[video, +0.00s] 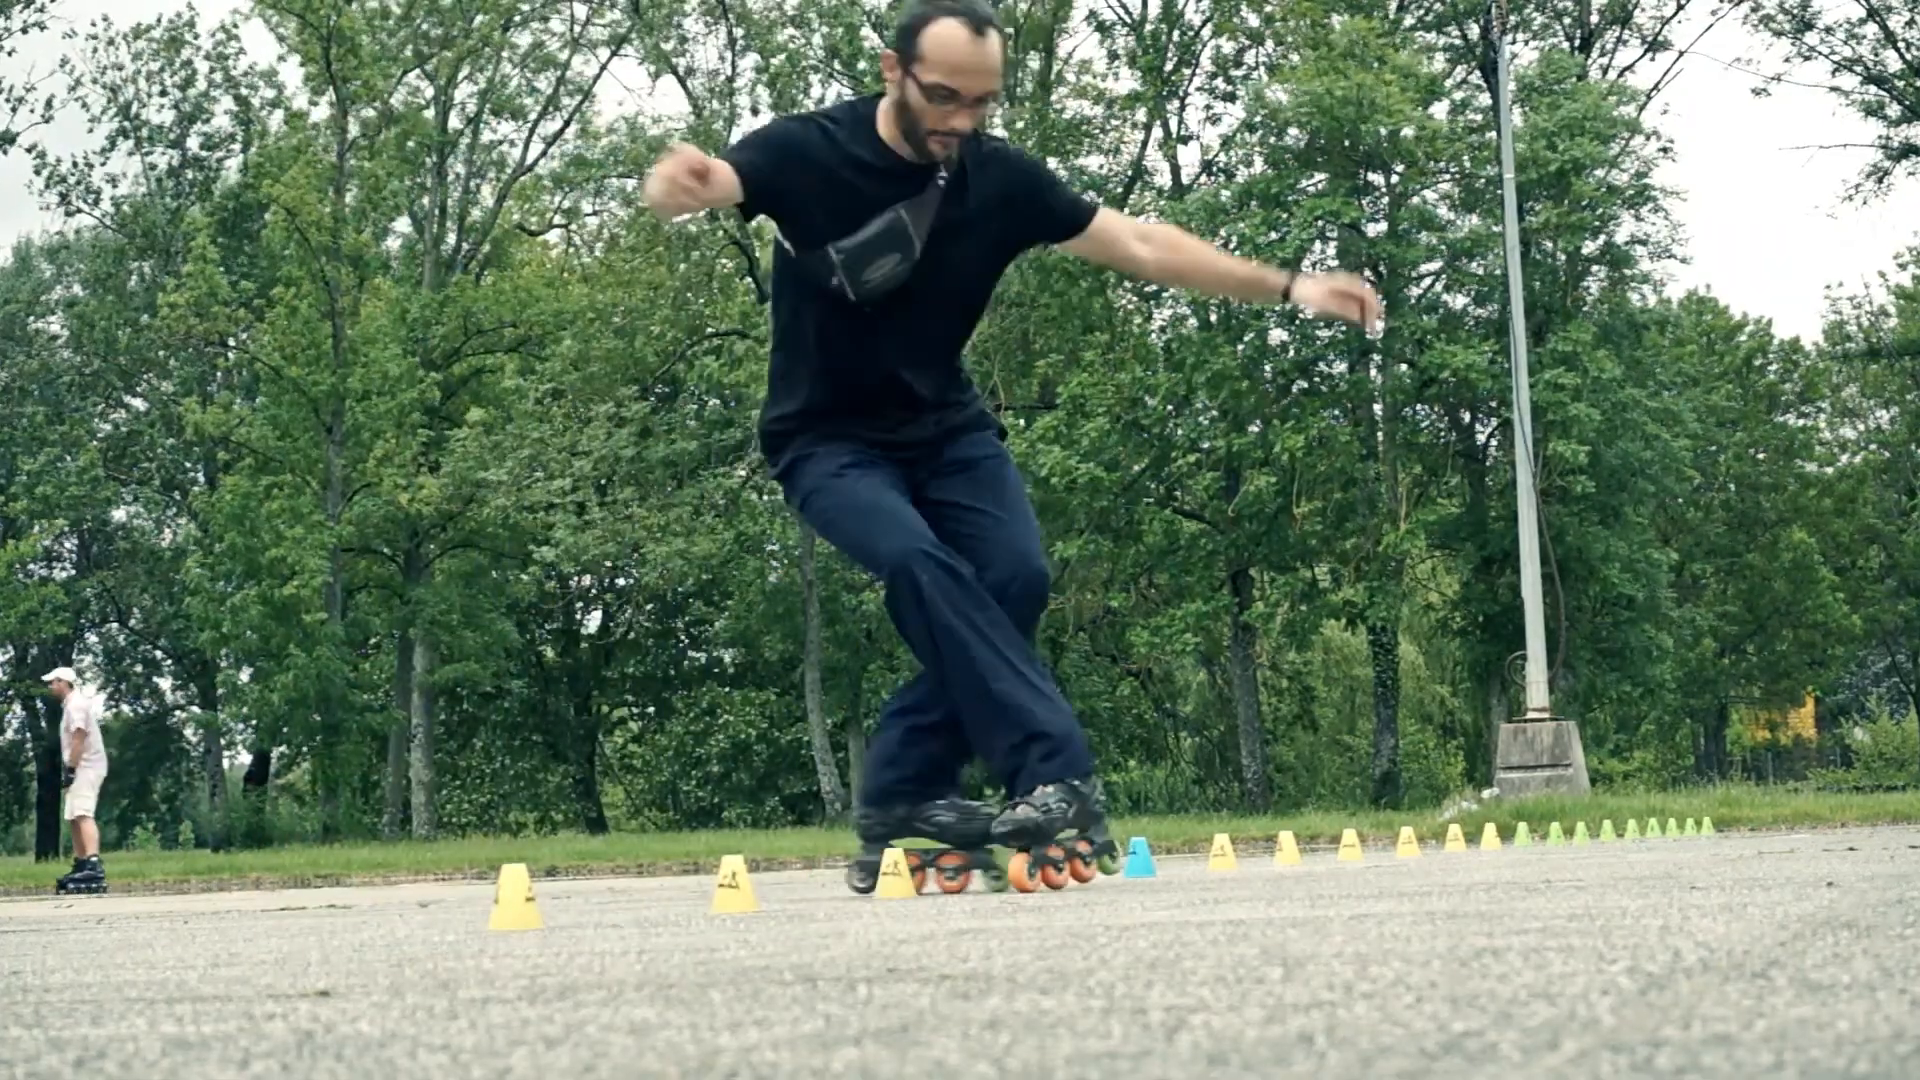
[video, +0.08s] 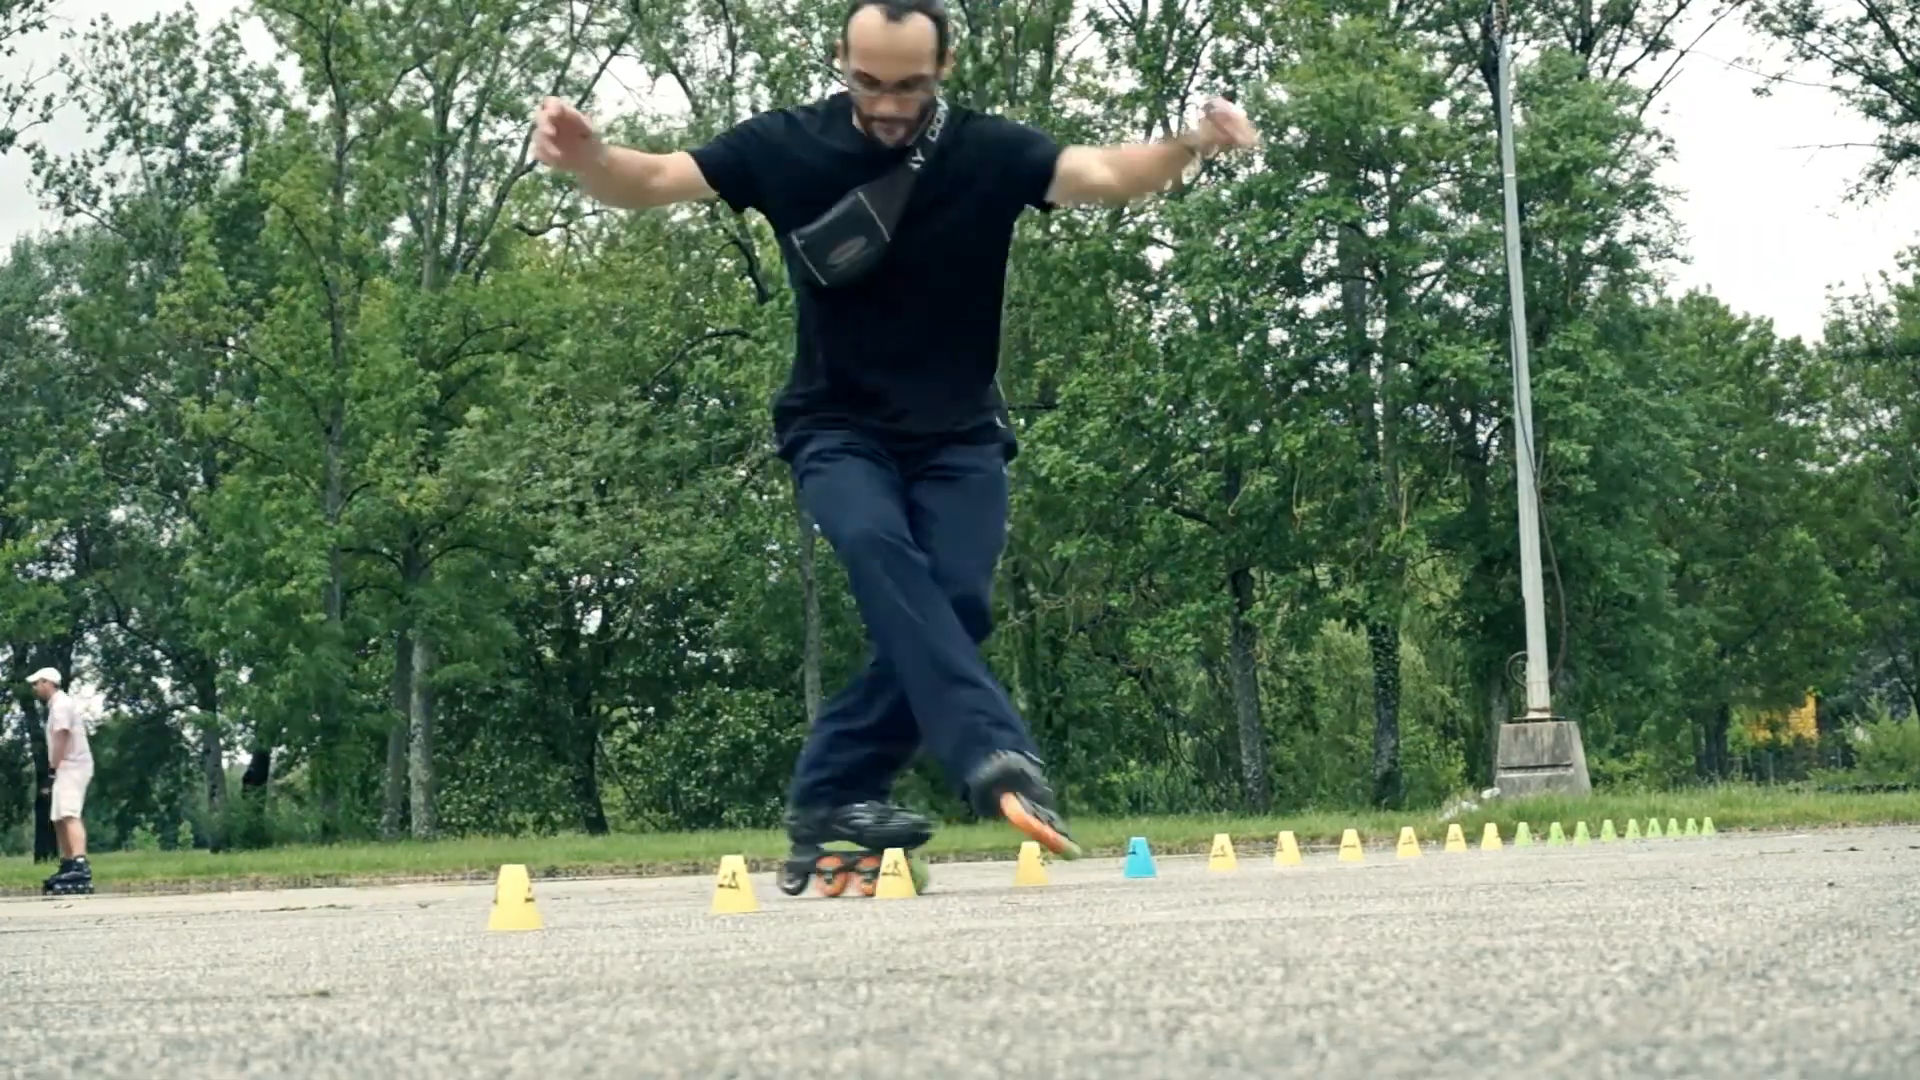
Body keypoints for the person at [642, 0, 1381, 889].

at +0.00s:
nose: (962, 123)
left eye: (983, 104)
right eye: (944, 99)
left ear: (1000, 92)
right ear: (894, 73)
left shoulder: (1004, 181)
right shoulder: (808, 151)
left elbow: (1139, 245)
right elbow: (703, 184)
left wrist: (1291, 287)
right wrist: (675, 184)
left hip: (945, 421)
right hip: (823, 431)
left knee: (1016, 572)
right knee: (911, 557)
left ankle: (902, 791)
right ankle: (1054, 772)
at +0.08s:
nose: (887, 105)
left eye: (907, 86)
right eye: (869, 84)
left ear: (939, 71)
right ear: (845, 67)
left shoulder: (986, 149)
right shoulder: (791, 146)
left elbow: (1105, 172)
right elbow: (661, 177)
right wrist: (589, 159)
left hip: (961, 431)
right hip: (838, 427)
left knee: (956, 605)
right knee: (873, 547)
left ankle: (832, 799)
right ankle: (994, 754)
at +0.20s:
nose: (810, 100)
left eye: (826, 79)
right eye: (797, 82)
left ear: (887, 57)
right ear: (790, 72)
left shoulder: (958, 135)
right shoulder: (789, 149)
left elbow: (1007, 74)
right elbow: (655, 178)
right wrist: (550, 147)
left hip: (975, 424)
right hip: (870, 405)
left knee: (875, 627)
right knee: (812, 487)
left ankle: (800, 813)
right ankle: (857, 705)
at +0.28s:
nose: (790, 100)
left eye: (799, 79)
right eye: (778, 84)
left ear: (861, 57)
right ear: (784, 81)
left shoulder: (943, 126)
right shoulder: (813, 158)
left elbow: (936, 27)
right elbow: (700, 183)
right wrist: (576, 144)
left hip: (983, 428)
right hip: (890, 408)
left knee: (865, 609)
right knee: (770, 468)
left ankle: (816, 805)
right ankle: (730, 688)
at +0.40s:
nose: (804, 113)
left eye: (804, 91)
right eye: (796, 99)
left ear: (850, 68)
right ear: (840, 87)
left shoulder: (935, 119)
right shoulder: (876, 189)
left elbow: (860, 8)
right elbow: (816, 211)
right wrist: (697, 171)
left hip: (987, 428)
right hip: (905, 415)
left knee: (875, 618)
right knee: (755, 475)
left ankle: (867, 824)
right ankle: (652, 688)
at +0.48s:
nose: (833, 106)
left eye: (838, 83)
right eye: (830, 90)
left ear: (884, 74)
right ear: (886, 88)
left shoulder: (943, 124)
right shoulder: (944, 174)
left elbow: (830, 9)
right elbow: (931, 242)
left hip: (989, 437)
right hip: (909, 426)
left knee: (891, 629)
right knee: (780, 506)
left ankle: (925, 817)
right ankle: (729, 703)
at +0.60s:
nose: (896, 113)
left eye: (900, 100)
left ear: (920, 94)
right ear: (995, 92)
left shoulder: (918, 121)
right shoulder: (1054, 170)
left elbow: (802, 33)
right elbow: (1138, 265)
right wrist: (1077, 259)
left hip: (984, 431)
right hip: (1047, 429)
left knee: (920, 636)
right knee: (878, 535)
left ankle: (1010, 815)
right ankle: (1020, 707)